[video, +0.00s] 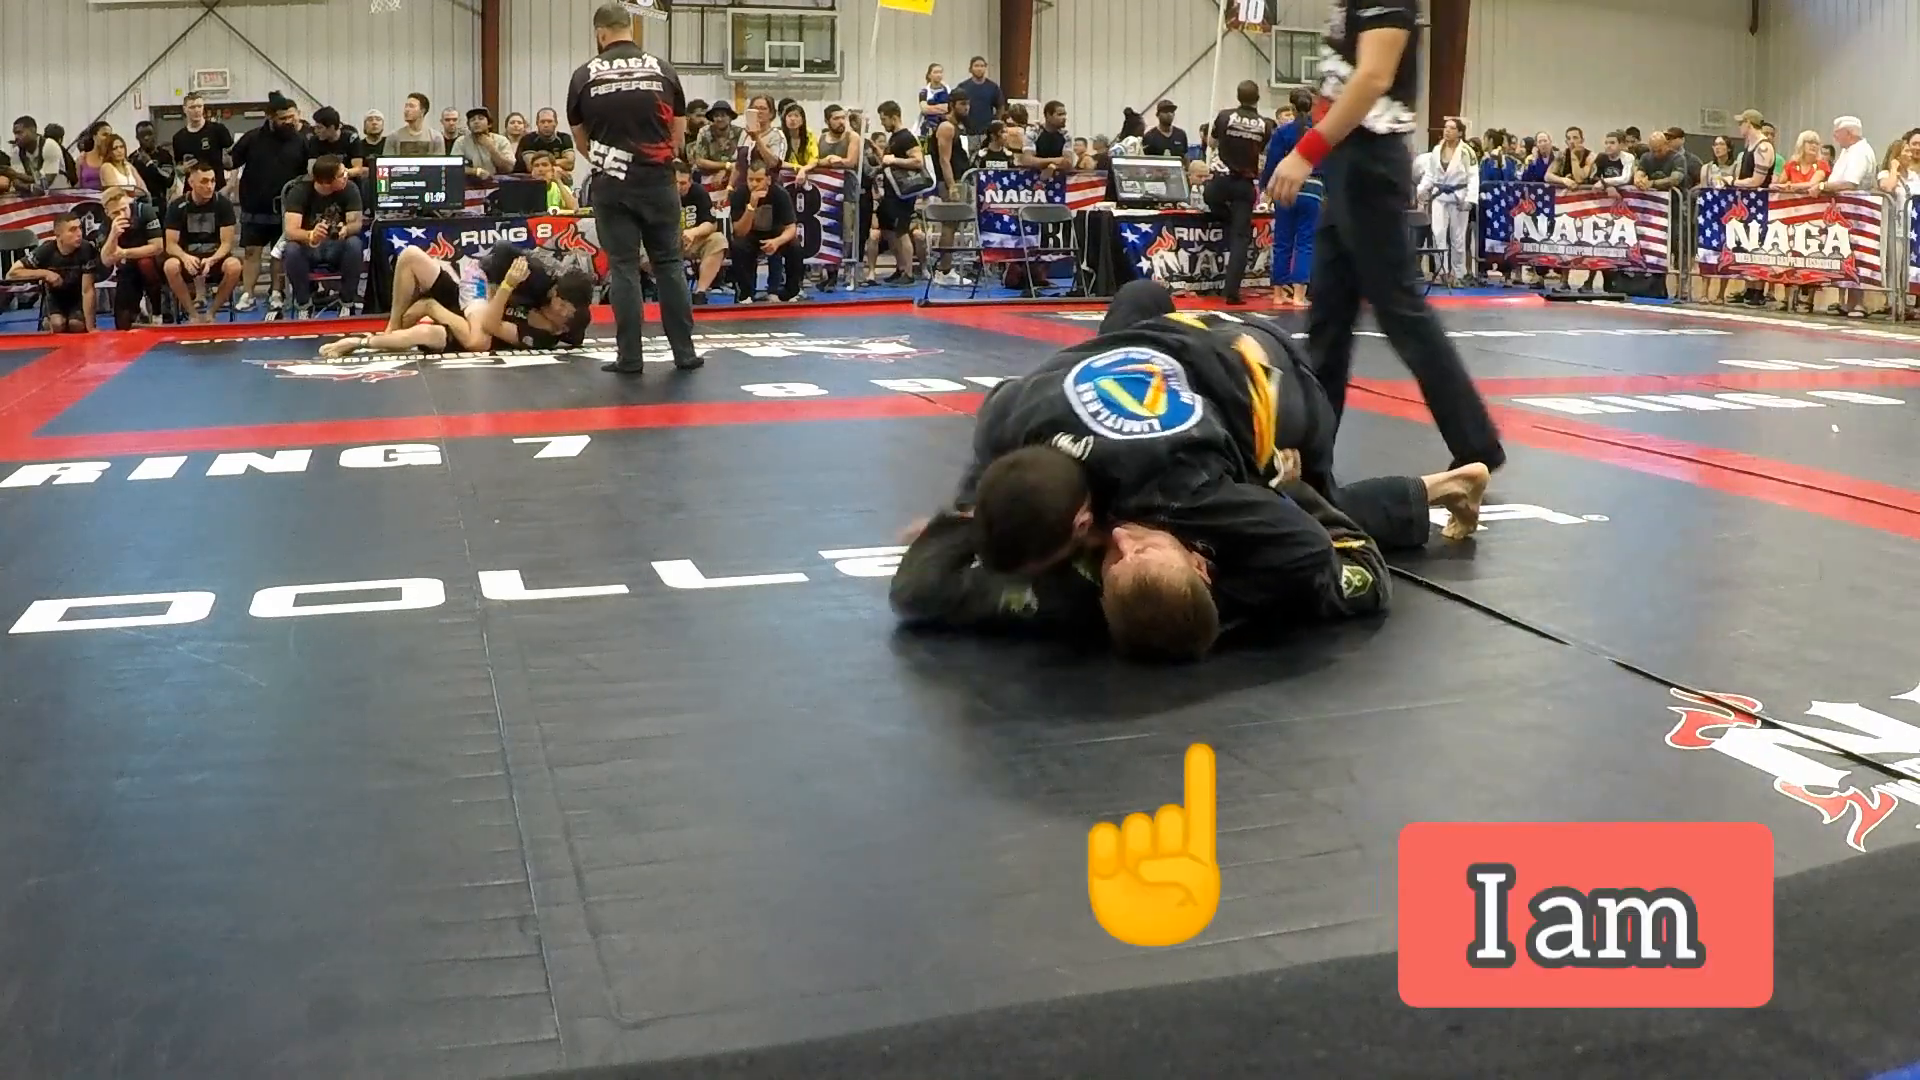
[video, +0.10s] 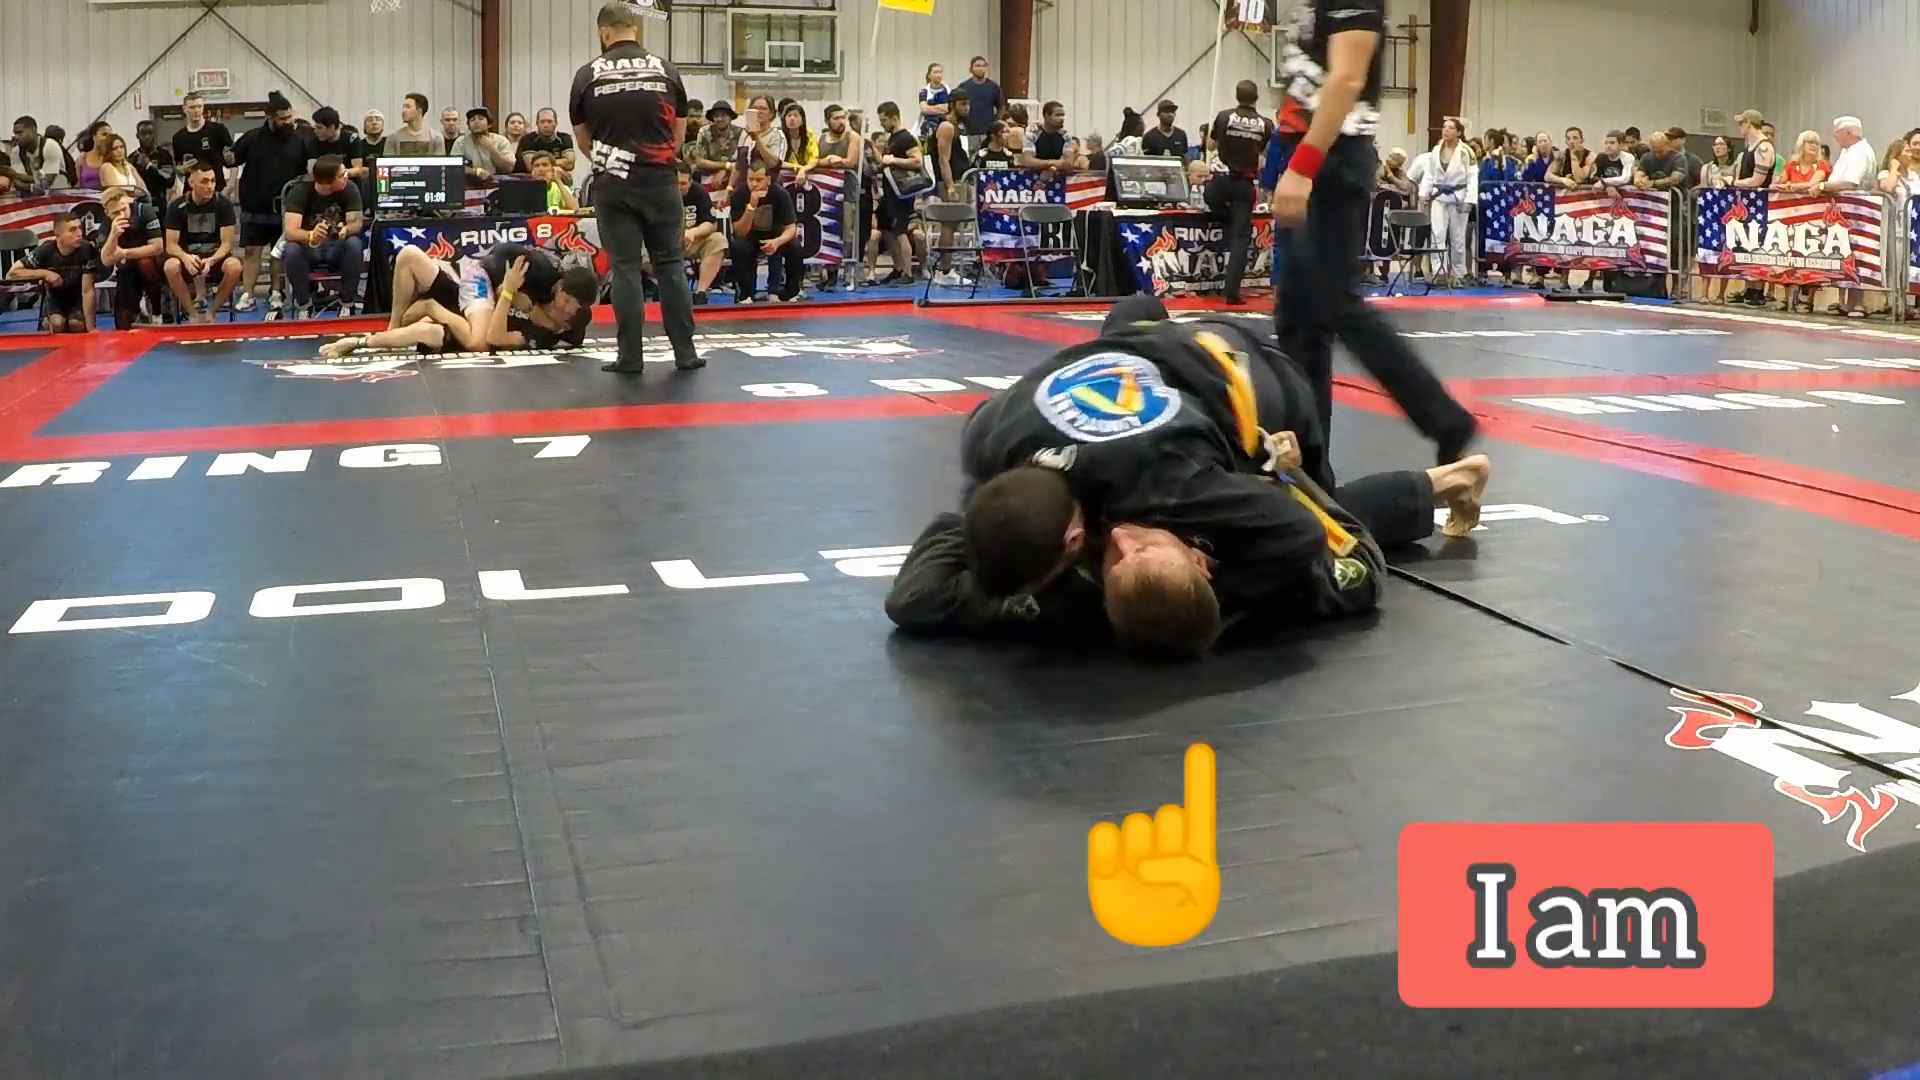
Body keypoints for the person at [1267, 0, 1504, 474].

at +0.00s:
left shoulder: (1386, 5)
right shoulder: (1356, 10)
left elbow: (1374, 76)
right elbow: (1359, 77)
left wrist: (1305, 152)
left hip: (1373, 154)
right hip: (1350, 153)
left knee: (1400, 309)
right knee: (1329, 314)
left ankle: (1478, 447)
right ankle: (1307, 456)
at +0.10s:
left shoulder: (1352, 5)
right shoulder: (1321, 11)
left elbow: (1348, 79)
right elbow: (1320, 79)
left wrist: (1301, 167)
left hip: (1338, 152)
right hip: (1313, 153)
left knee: (1333, 300)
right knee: (1299, 318)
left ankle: (1450, 425)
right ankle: (1305, 466)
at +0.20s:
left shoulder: (1332, 3)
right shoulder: (1291, 8)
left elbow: (1333, 78)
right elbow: (1294, 79)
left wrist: (1301, 173)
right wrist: (1273, 171)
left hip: (1313, 152)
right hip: (1289, 150)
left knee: (1294, 309)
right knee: (1290, 315)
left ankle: (1414, 405)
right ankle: (1306, 467)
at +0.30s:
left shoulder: (1307, 5)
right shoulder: (1254, 8)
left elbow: (1317, 75)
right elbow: (1252, 84)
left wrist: (1296, 171)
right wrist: (1228, 171)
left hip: (1280, 145)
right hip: (1260, 144)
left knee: (1243, 289)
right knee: (1278, 292)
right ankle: (1303, 428)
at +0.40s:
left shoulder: (1278, 6)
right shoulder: (1232, 10)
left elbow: (1298, 69)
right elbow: (1213, 70)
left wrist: (1284, 168)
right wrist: (1167, 149)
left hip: (1257, 146)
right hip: (1235, 145)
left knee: (1201, 296)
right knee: (1272, 311)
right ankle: (1304, 463)